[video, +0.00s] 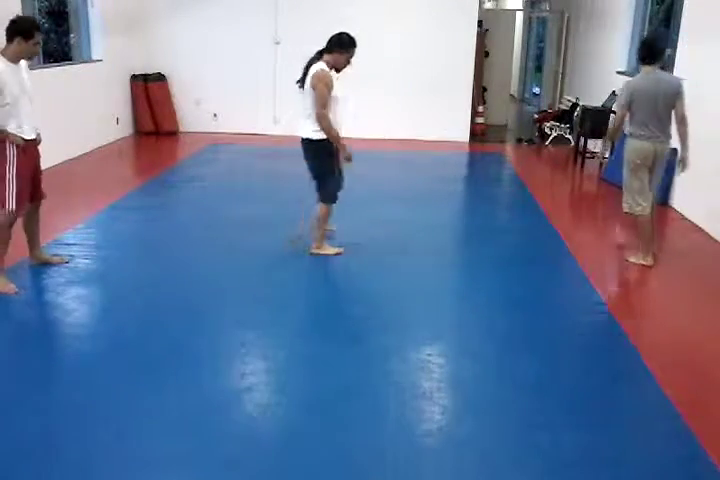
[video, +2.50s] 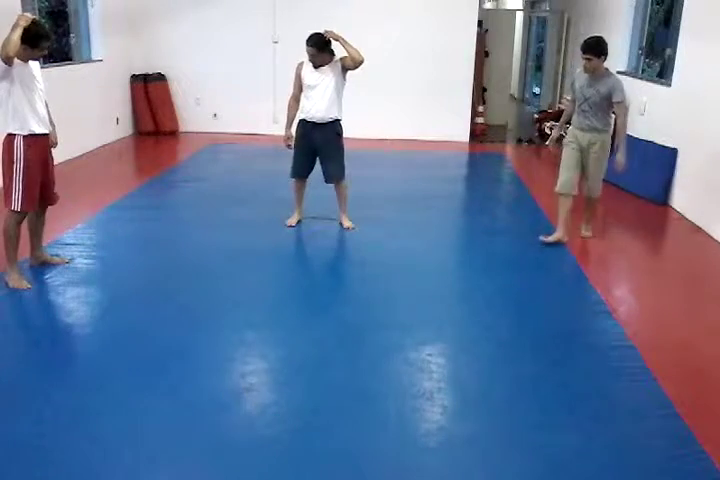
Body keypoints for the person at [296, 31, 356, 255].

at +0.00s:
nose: (348, 63)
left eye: (350, 58)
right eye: (348, 57)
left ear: (333, 52)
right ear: (335, 52)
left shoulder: (318, 69)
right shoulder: (322, 75)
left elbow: (320, 114)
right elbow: (321, 115)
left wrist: (336, 140)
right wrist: (340, 144)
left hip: (315, 137)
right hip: (319, 139)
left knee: (330, 185)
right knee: (329, 189)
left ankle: (321, 226)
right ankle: (319, 243)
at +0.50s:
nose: (339, 62)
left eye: (342, 58)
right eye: (335, 58)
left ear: (346, 56)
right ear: (325, 52)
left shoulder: (349, 73)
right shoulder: (307, 70)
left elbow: (361, 102)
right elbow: (294, 101)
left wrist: (375, 131)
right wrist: (287, 133)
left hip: (336, 134)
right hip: (309, 132)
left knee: (334, 181)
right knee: (304, 180)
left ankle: (330, 220)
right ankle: (298, 213)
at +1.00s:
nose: (302, 62)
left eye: (306, 58)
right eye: (298, 58)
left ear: (314, 53)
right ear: (293, 54)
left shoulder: (327, 70)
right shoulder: (287, 70)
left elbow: (334, 101)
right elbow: (284, 100)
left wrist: (329, 127)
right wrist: (280, 130)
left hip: (321, 127)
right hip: (297, 127)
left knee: (331, 175)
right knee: (295, 174)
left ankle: (336, 216)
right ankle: (296, 211)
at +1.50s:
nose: (314, 62)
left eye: (317, 59)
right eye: (312, 58)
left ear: (328, 56)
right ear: (309, 54)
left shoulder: (338, 68)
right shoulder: (303, 69)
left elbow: (348, 74)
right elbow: (296, 98)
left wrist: (337, 46)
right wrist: (288, 128)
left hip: (333, 127)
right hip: (308, 126)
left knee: (341, 176)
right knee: (300, 173)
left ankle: (344, 213)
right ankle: (297, 211)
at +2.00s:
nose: (317, 60)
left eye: (321, 57)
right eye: (316, 56)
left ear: (333, 54)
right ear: (314, 52)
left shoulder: (344, 64)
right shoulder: (307, 68)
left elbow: (364, 63)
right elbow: (299, 100)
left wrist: (346, 40)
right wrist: (294, 130)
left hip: (336, 127)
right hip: (311, 126)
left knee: (343, 176)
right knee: (303, 174)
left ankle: (343, 214)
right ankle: (298, 211)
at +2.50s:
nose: (309, 57)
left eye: (312, 54)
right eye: (308, 54)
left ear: (324, 52)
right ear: (308, 51)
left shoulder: (339, 65)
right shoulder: (303, 67)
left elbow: (358, 60)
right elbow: (295, 98)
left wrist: (339, 39)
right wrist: (288, 129)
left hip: (330, 127)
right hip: (305, 126)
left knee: (338, 176)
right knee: (299, 175)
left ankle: (343, 215)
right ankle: (298, 212)